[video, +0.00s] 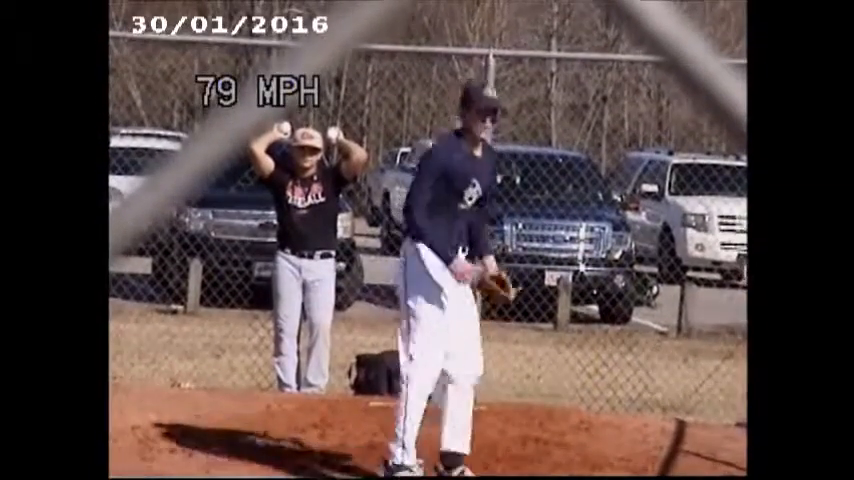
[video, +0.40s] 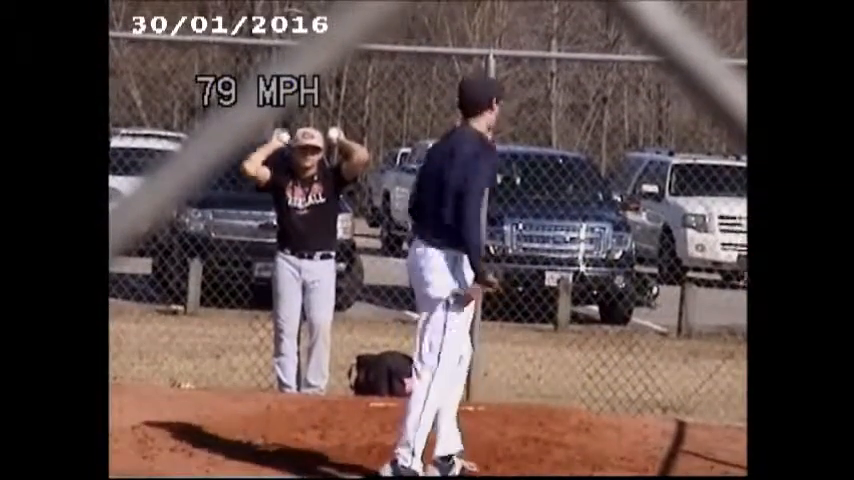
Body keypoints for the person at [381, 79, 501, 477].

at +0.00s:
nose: (490, 121)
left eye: (494, 115)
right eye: (483, 114)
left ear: (496, 120)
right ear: (464, 114)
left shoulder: (487, 159)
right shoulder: (440, 153)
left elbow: (478, 213)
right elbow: (414, 214)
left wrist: (487, 256)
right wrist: (452, 259)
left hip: (460, 260)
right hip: (425, 255)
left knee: (463, 364)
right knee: (423, 361)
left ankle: (453, 457)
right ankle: (401, 457)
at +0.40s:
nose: (500, 110)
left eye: (499, 103)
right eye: (500, 104)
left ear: (462, 106)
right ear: (493, 107)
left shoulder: (444, 144)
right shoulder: (478, 149)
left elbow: (417, 205)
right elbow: (471, 211)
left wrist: (431, 246)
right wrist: (477, 273)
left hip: (425, 250)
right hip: (449, 255)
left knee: (454, 357)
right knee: (435, 362)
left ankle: (447, 453)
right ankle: (405, 458)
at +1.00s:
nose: (478, 113)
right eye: (478, 108)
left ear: (442, 112)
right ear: (475, 111)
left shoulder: (426, 151)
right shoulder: (494, 148)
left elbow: (400, 213)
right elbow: (519, 204)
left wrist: (423, 228)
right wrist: (533, 258)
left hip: (437, 251)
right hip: (477, 255)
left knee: (442, 352)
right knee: (486, 353)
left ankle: (440, 454)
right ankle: (456, 423)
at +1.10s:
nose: (472, 111)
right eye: (476, 106)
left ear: (445, 107)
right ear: (477, 109)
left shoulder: (428, 147)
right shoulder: (496, 146)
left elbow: (401, 206)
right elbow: (517, 203)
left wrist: (429, 215)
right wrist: (529, 258)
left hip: (444, 253)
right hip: (484, 255)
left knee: (445, 352)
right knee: (494, 346)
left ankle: (441, 455)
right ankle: (477, 426)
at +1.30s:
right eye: (492, 107)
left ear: (464, 109)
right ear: (494, 112)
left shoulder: (444, 148)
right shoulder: (510, 153)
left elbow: (410, 201)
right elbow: (517, 215)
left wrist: (439, 183)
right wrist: (527, 268)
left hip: (454, 255)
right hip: (496, 258)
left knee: (450, 350)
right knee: (500, 347)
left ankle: (442, 447)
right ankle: (501, 437)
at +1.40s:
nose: (473, 107)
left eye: (472, 102)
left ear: (474, 108)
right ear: (506, 112)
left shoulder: (453, 148)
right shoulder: (519, 157)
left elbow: (415, 194)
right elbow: (526, 219)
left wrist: (436, 169)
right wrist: (534, 272)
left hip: (460, 256)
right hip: (502, 258)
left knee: (454, 347)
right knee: (497, 346)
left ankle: (442, 434)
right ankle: (495, 436)